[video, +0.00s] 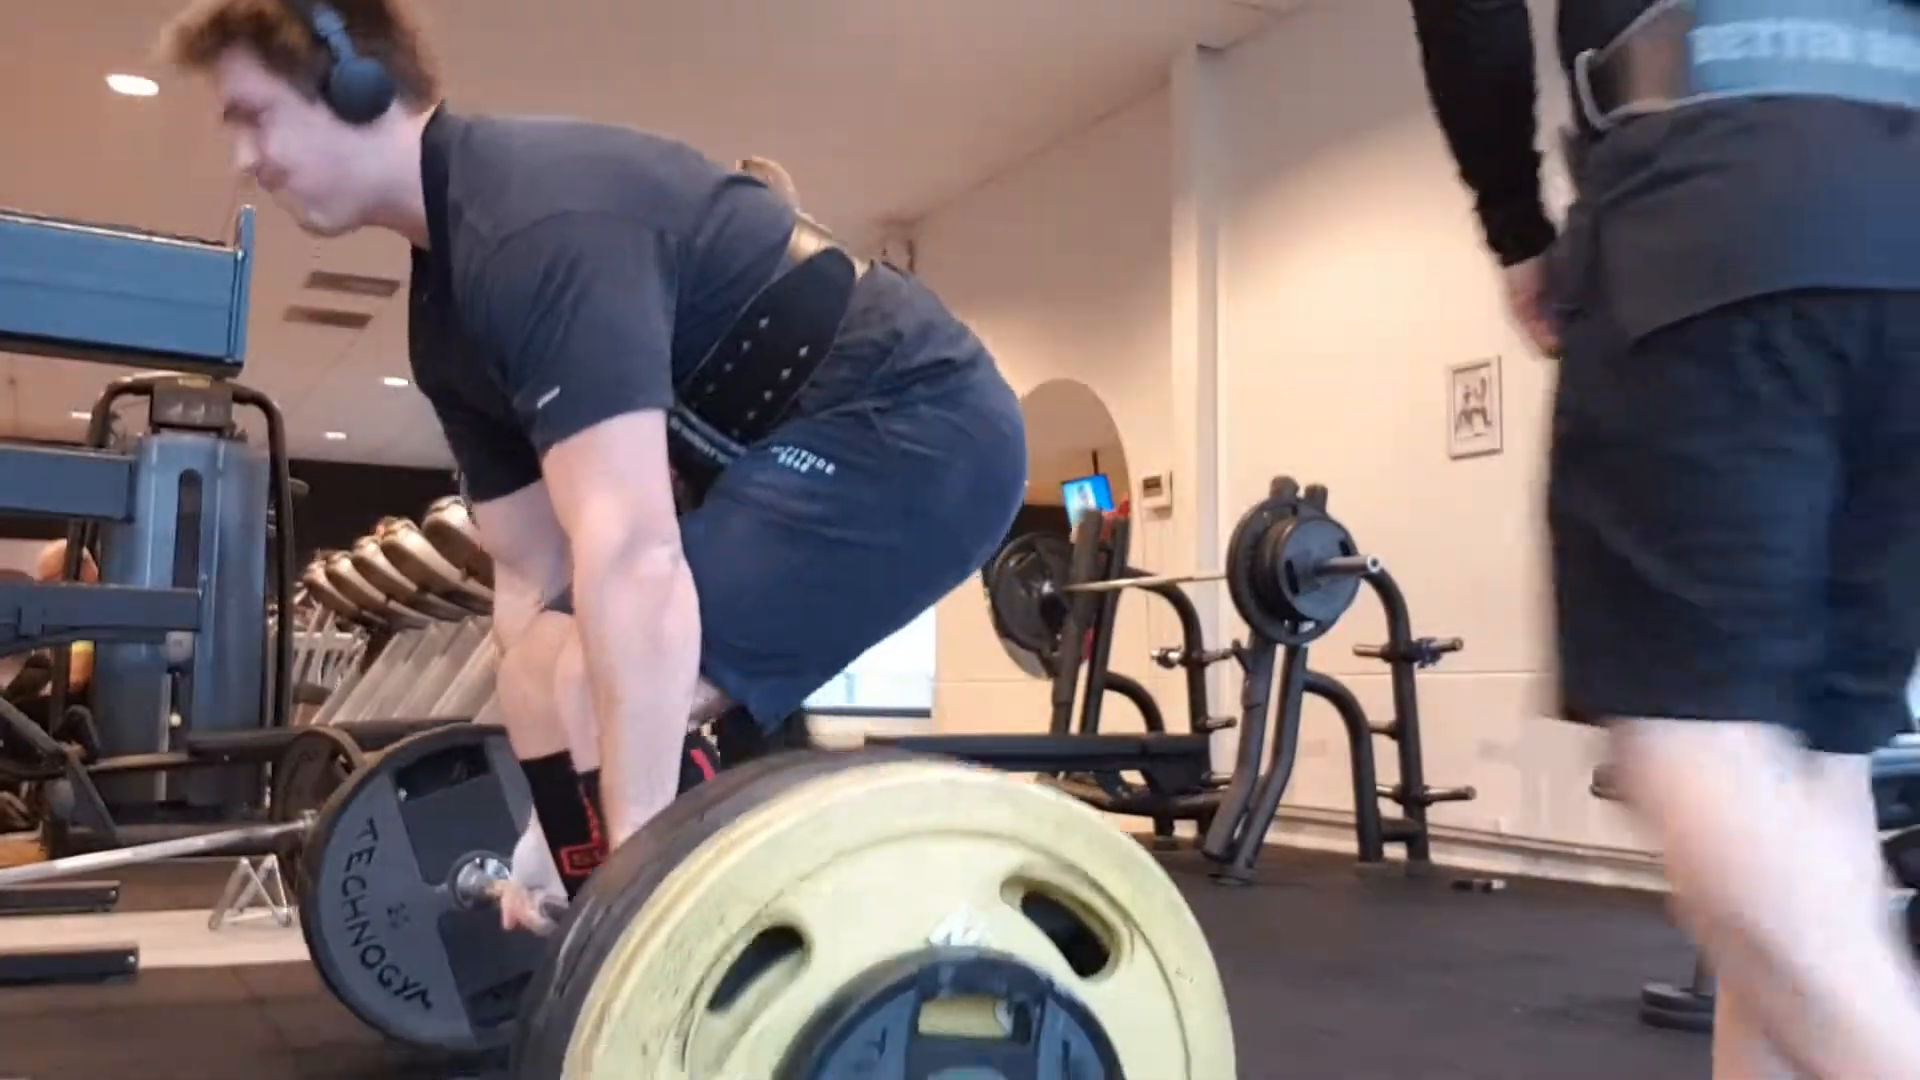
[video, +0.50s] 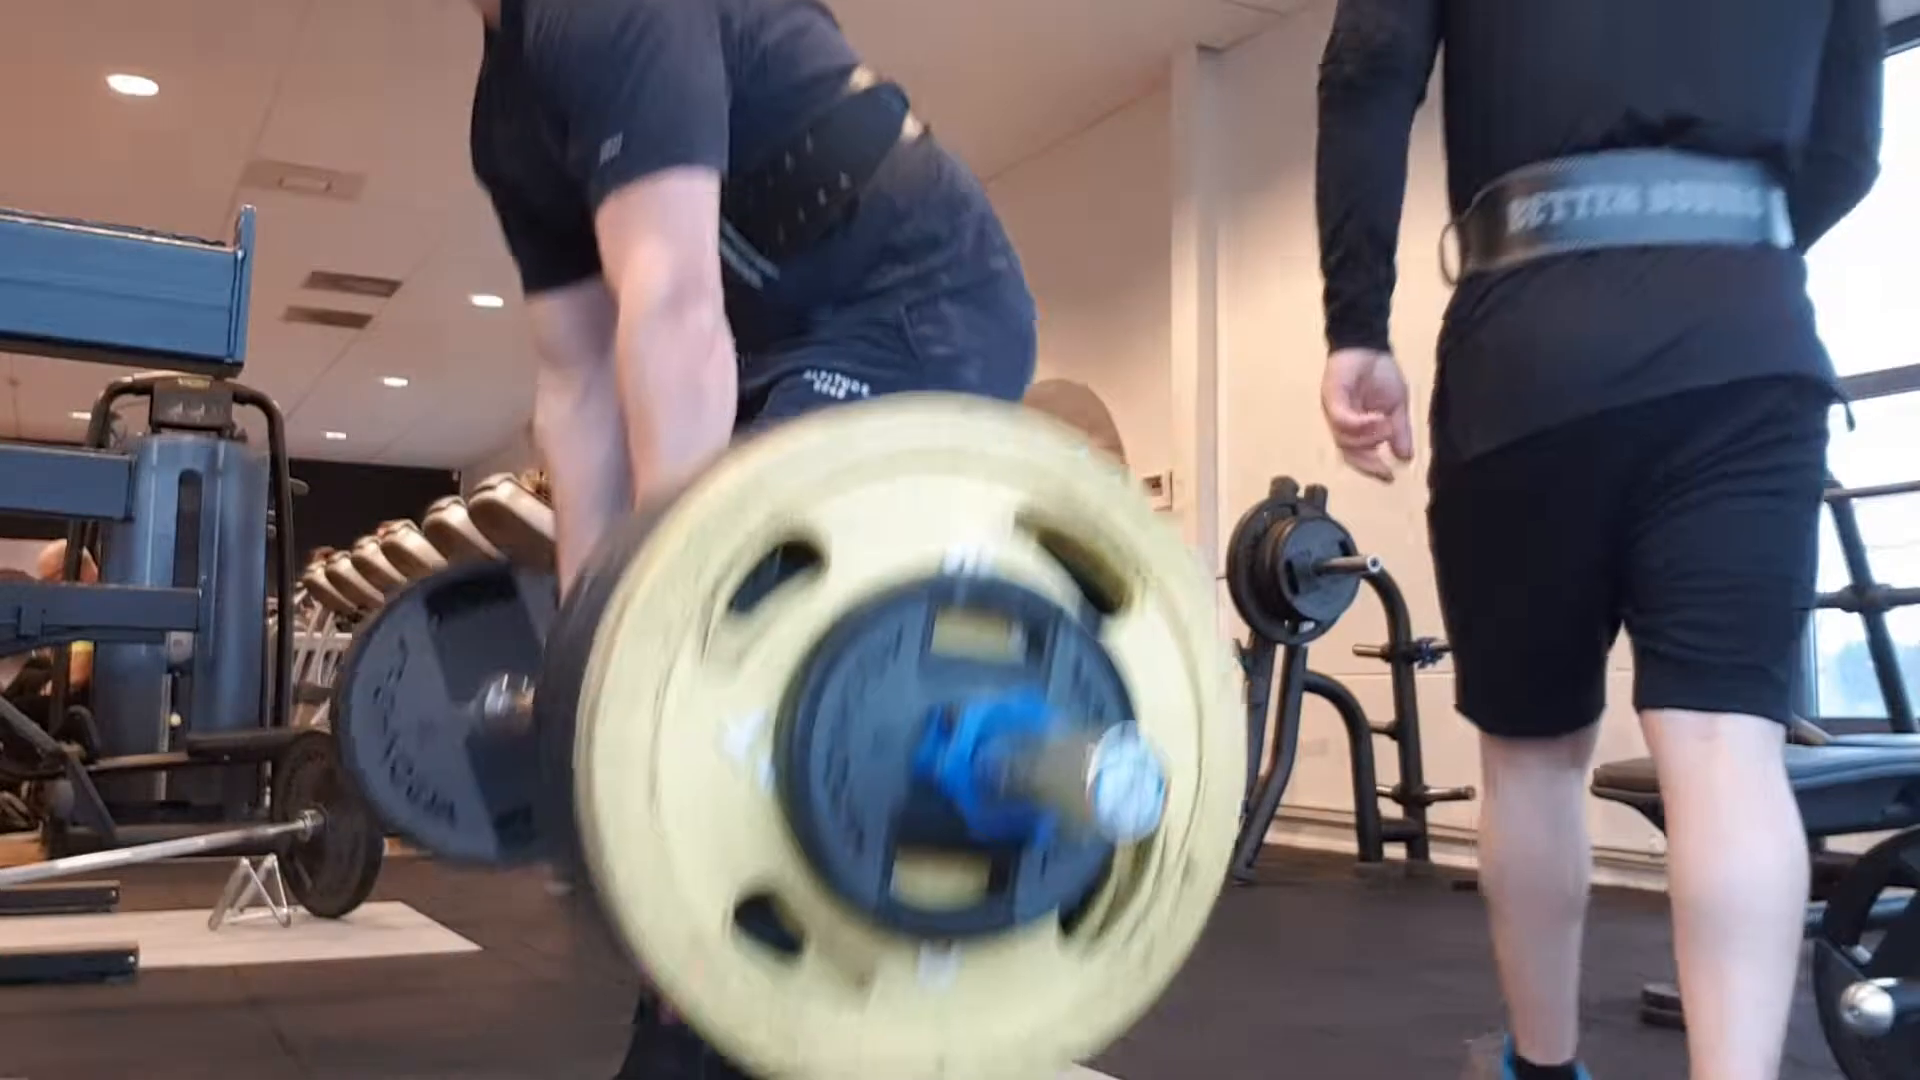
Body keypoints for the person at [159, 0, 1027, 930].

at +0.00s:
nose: (243, 164)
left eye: (253, 119)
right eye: (232, 131)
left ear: (352, 79)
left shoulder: (544, 221)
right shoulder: (445, 313)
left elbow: (636, 559)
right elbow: (528, 578)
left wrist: (638, 868)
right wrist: (551, 849)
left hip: (908, 417)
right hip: (811, 446)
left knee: (601, 683)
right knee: (537, 668)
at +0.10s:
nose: (260, 106)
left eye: (276, 65)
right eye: (253, 75)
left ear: (378, 46)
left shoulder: (561, 195)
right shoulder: (460, 282)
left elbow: (644, 533)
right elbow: (537, 549)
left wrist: (637, 846)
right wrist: (543, 819)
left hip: (916, 404)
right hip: (807, 432)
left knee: (625, 677)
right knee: (556, 662)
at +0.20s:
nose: (287, 44)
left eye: (311, 11)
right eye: (292, 17)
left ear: (405, 17)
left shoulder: (579, 155)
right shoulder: (481, 248)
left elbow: (651, 486)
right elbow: (549, 513)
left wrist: (642, 781)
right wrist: (552, 761)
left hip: (922, 391)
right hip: (811, 419)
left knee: (685, 693)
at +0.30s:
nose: (326, 9)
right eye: (333, 4)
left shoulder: (597, 100)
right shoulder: (496, 206)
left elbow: (660, 434)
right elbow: (558, 474)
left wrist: (643, 729)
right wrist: (564, 729)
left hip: (927, 371)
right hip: (808, 399)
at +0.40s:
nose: (356, 5)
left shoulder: (610, 44)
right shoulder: (506, 155)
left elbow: (668, 368)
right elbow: (567, 424)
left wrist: (662, 660)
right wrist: (580, 675)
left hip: (917, 345)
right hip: (790, 380)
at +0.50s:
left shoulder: (615, 14)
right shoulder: (508, 114)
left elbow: (676, 307)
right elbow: (573, 376)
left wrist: (676, 595)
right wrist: (586, 626)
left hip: (912, 314)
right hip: (778, 349)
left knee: (756, 674)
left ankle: (701, 1035)